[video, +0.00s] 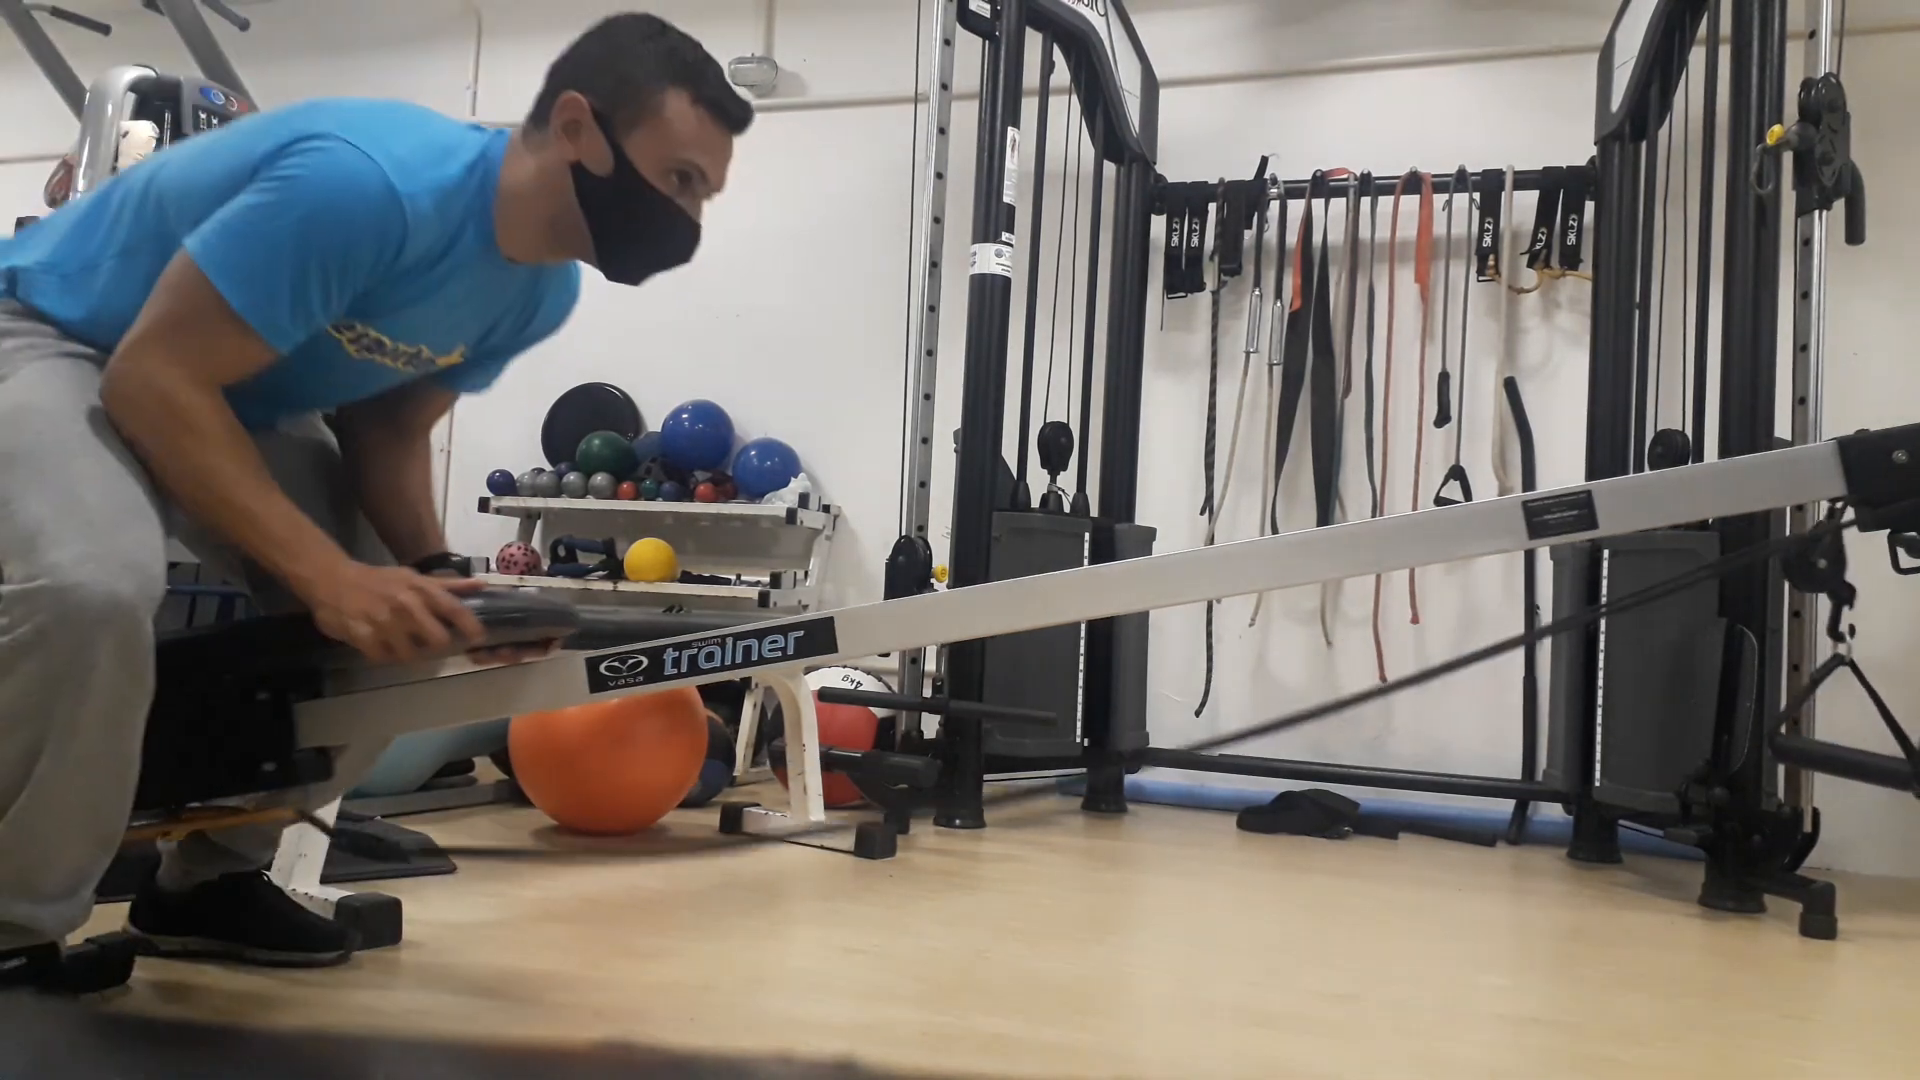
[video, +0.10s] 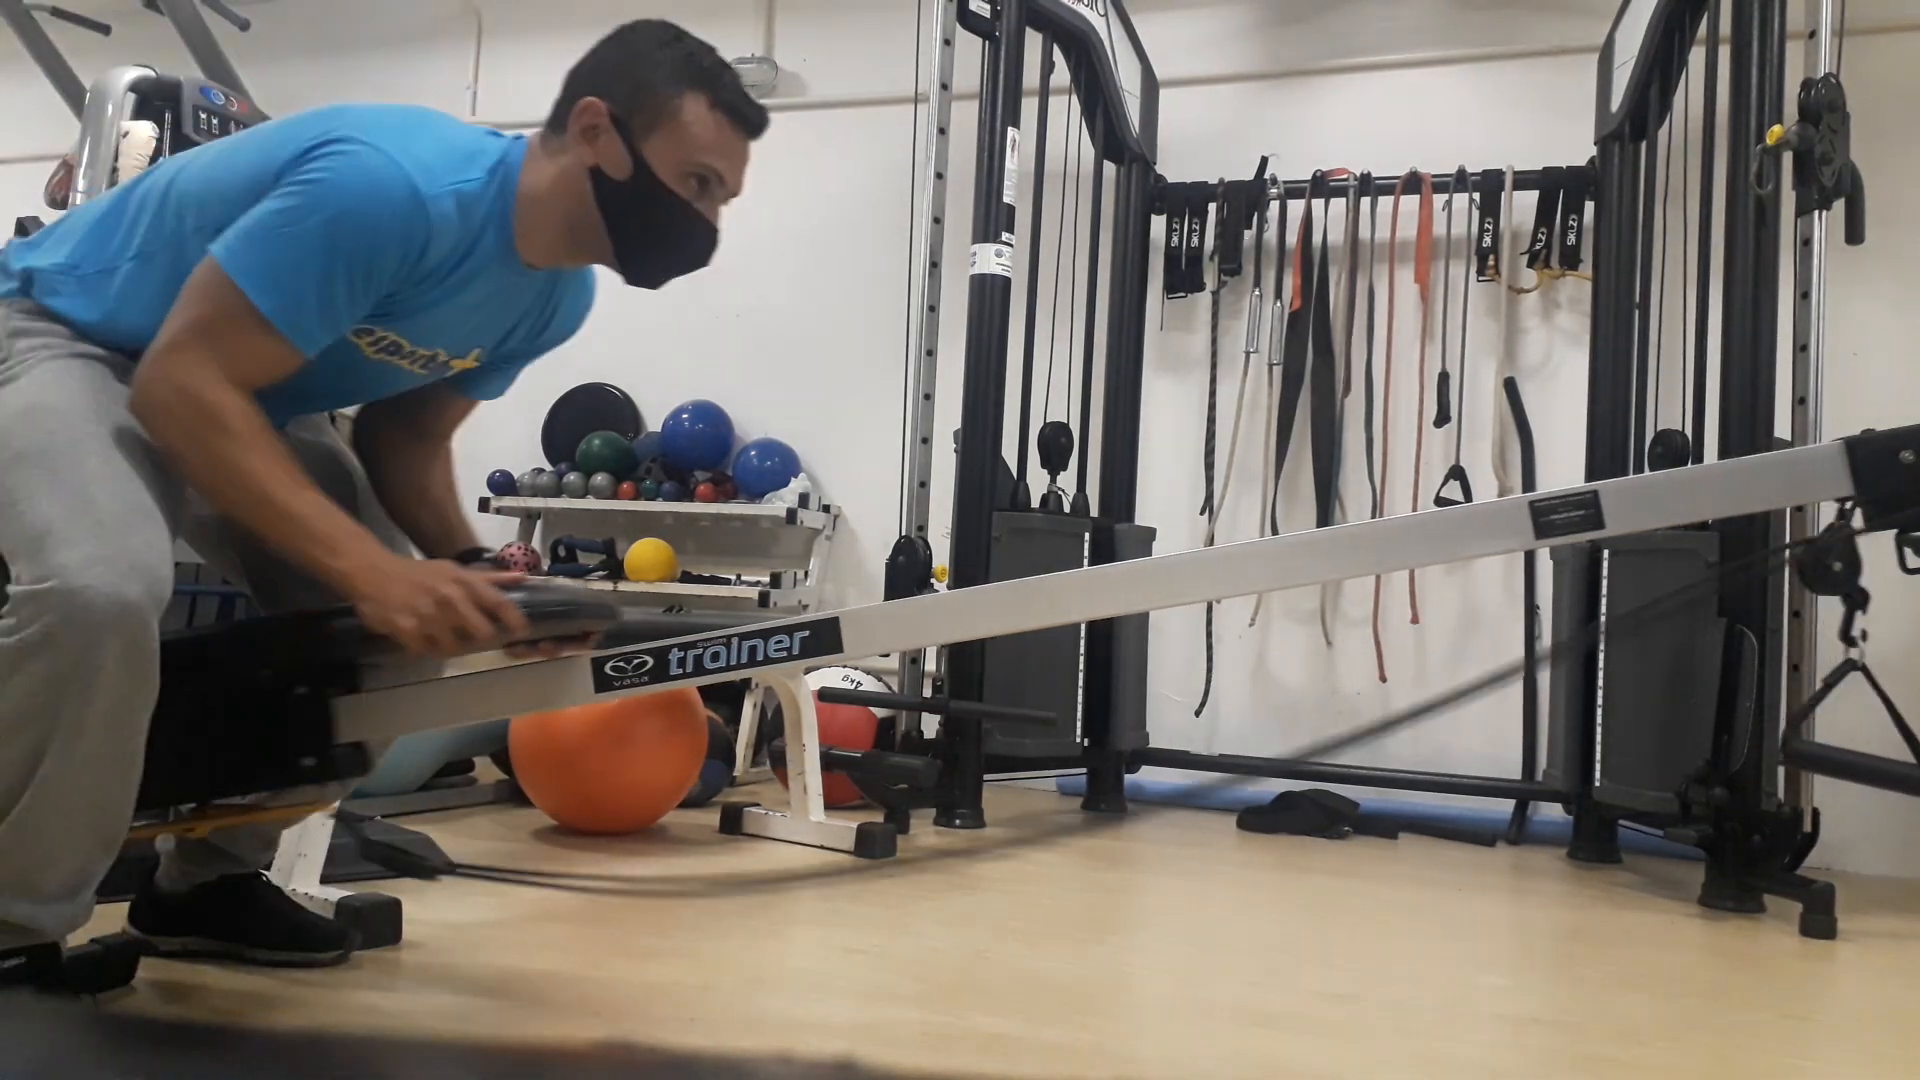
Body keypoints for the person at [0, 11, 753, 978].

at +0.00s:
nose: (693, 219)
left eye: (708, 196)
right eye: (683, 179)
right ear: (579, 125)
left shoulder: (542, 287)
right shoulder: (358, 188)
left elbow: (391, 420)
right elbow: (148, 381)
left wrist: (433, 574)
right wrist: (328, 574)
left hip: (236, 392)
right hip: (54, 336)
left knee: (381, 602)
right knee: (93, 590)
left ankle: (211, 873)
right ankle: (24, 926)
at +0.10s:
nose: (712, 222)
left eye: (725, 199)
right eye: (701, 182)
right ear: (598, 129)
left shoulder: (557, 293)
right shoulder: (385, 192)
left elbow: (413, 431)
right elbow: (175, 386)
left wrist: (466, 562)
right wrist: (374, 572)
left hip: (249, 381)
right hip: (63, 329)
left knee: (375, 611)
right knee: (101, 592)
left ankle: (205, 876)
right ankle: (17, 932)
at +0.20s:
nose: (735, 224)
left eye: (747, 202)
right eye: (723, 184)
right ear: (619, 129)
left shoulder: (575, 293)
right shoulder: (415, 187)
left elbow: (432, 435)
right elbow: (213, 387)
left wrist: (499, 573)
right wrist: (416, 567)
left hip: (258, 380)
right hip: (73, 323)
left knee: (381, 617)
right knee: (104, 594)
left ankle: (207, 876)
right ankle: (16, 931)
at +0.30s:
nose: (759, 222)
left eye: (772, 199)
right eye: (749, 182)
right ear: (646, 128)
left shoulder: (595, 290)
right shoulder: (443, 181)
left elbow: (456, 437)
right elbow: (252, 391)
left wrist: (530, 579)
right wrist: (452, 570)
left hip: (259, 380)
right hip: (87, 316)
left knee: (388, 625)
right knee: (122, 597)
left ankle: (202, 873)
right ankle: (16, 935)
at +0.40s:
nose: (786, 217)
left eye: (799, 194)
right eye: (776, 177)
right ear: (672, 123)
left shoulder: (616, 284)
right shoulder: (472, 175)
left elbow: (482, 438)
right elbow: (280, 390)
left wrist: (563, 576)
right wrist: (487, 566)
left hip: (264, 376)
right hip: (98, 307)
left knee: (384, 626)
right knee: (145, 603)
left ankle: (202, 874)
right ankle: (16, 934)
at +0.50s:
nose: (812, 202)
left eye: (824, 182)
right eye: (801, 164)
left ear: (700, 127)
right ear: (696, 113)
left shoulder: (644, 275)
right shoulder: (497, 168)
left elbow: (505, 424)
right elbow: (296, 372)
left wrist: (557, 581)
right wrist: (476, 569)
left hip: (274, 384)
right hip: (117, 316)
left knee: (400, 633)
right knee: (190, 616)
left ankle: (206, 870)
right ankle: (25, 929)